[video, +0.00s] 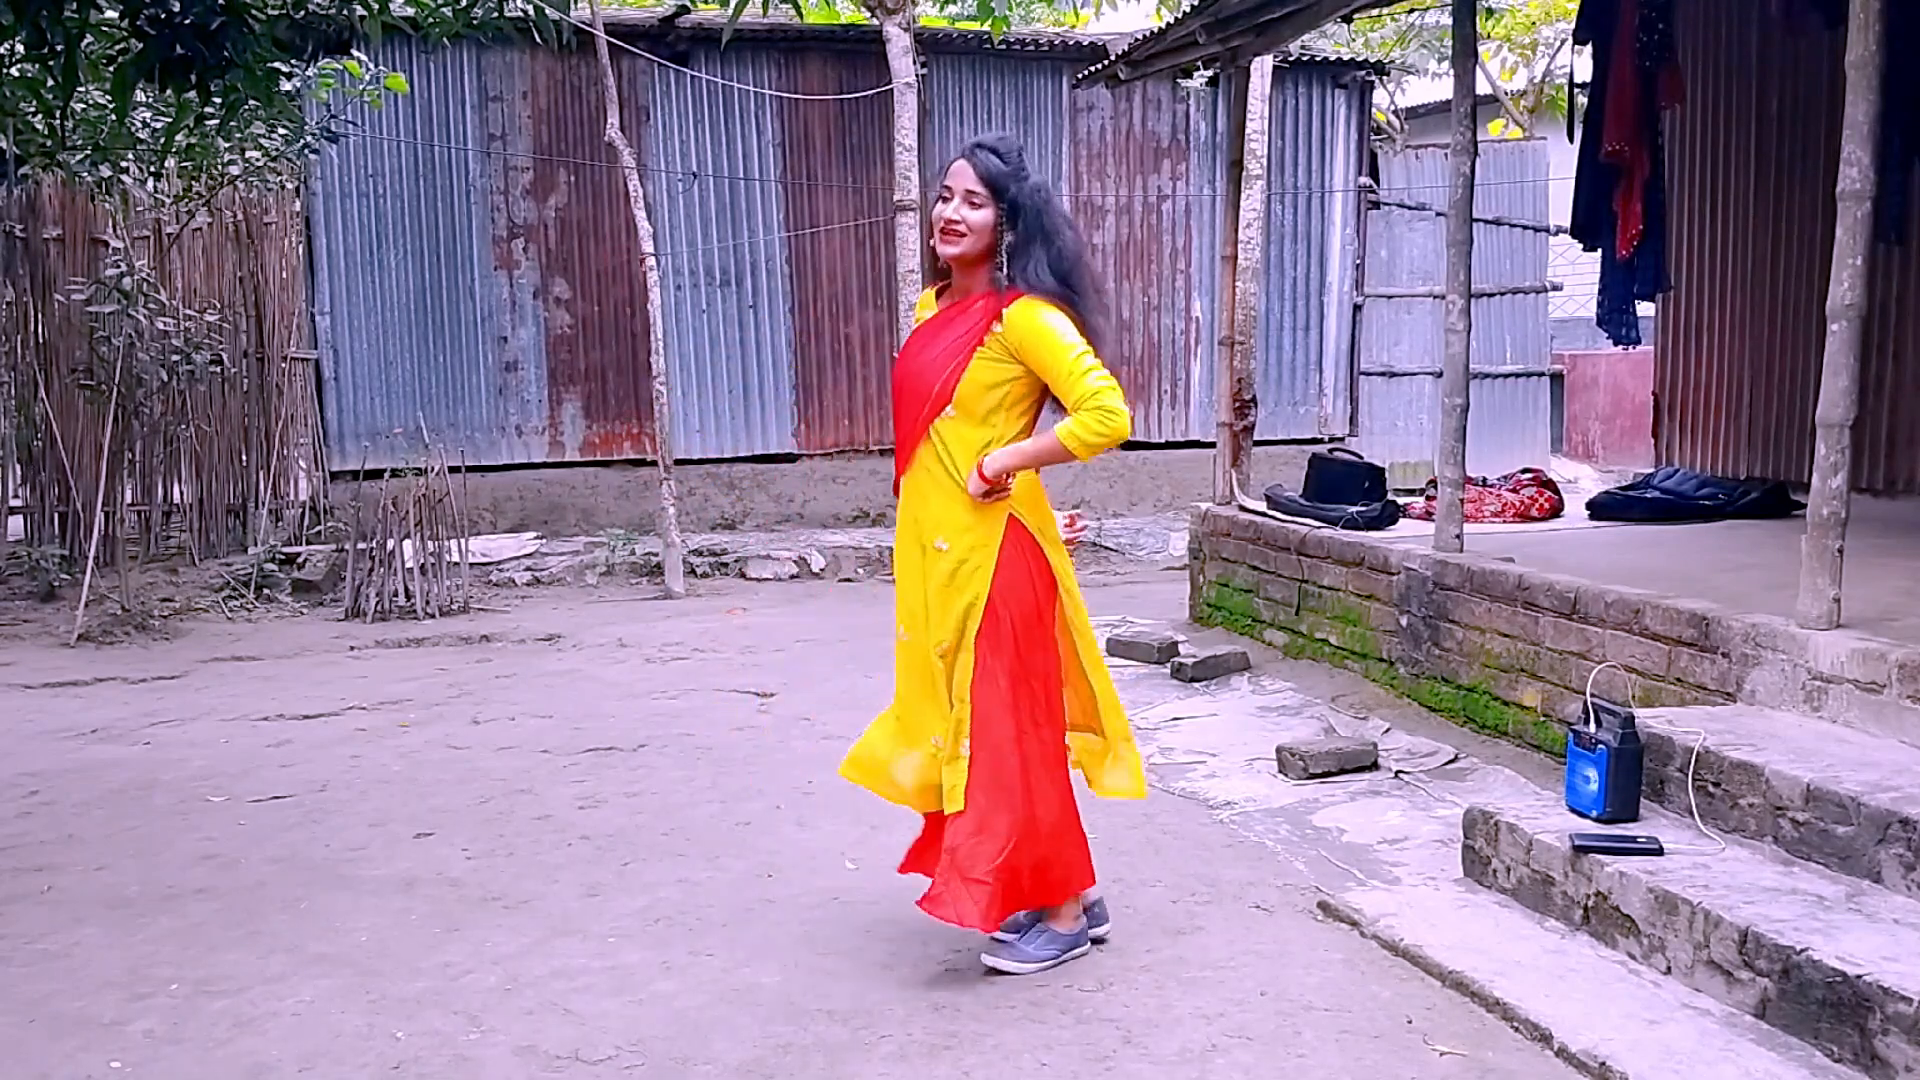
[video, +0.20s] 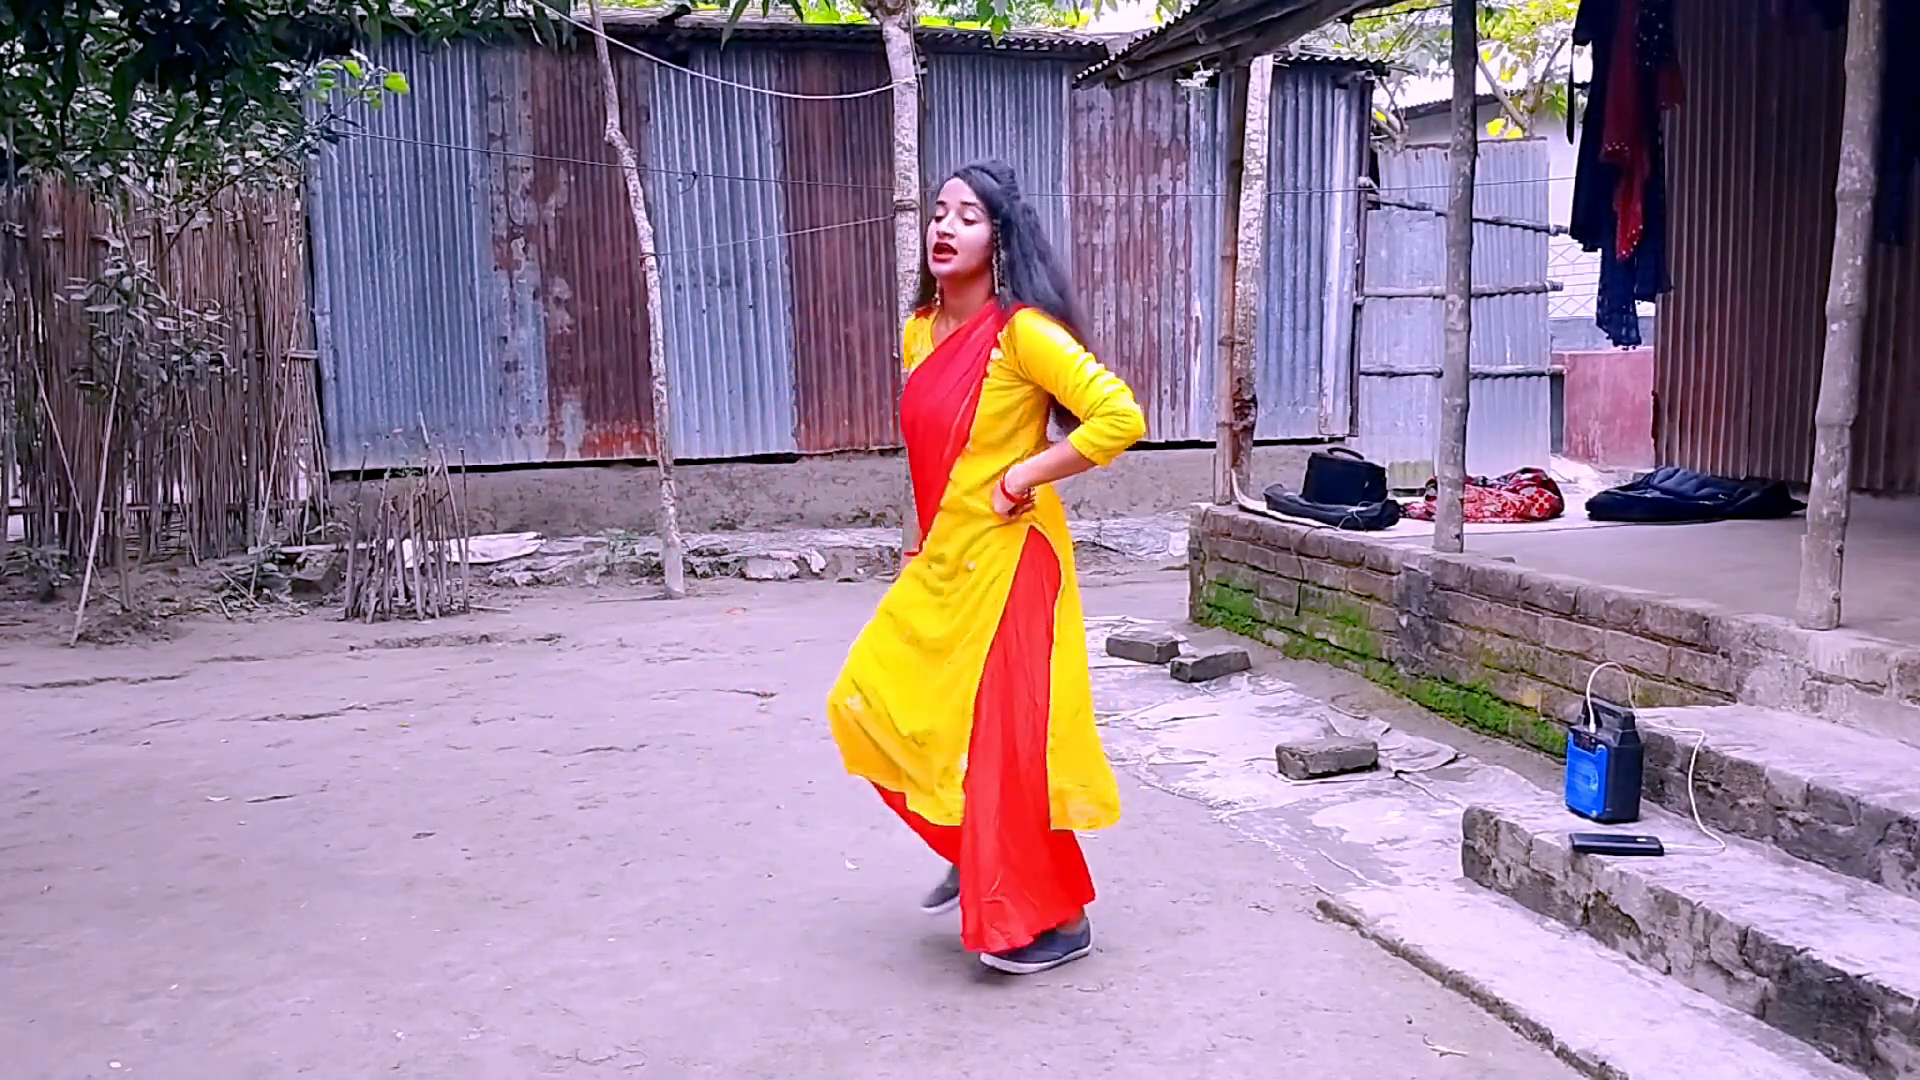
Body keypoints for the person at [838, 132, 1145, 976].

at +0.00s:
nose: (950, 211)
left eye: (972, 200)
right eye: (945, 196)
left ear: (1007, 220)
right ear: (933, 209)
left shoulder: (1025, 316)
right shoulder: (934, 310)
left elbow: (1106, 415)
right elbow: (958, 428)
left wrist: (1005, 461)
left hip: (999, 545)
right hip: (944, 543)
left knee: (1008, 722)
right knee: (988, 721)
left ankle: (1067, 907)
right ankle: (1057, 890)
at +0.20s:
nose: (944, 228)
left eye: (965, 216)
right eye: (939, 214)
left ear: (1001, 237)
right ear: (927, 230)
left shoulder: (1024, 332)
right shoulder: (920, 331)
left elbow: (1119, 419)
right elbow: (951, 439)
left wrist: (1026, 472)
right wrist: (935, 527)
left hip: (1012, 557)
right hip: (943, 559)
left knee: (1011, 733)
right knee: (863, 704)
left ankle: (1058, 915)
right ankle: (975, 843)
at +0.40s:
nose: (920, 204)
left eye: (939, 189)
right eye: (911, 192)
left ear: (977, 207)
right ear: (902, 211)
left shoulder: (1017, 296)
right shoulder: (883, 306)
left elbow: (1100, 392)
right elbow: (891, 423)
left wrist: (1017, 464)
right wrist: (869, 510)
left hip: (981, 536)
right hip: (894, 535)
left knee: (1009, 717)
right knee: (871, 692)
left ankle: (1044, 910)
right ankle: (867, 864)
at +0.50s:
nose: (905, 232)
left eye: (924, 218)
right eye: (896, 219)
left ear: (963, 235)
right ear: (888, 235)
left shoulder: (999, 333)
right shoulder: (850, 332)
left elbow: (1079, 427)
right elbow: (830, 437)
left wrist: (998, 496)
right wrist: (833, 520)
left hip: (963, 555)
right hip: (868, 555)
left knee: (996, 729)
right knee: (864, 715)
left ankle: (1038, 912)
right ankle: (860, 873)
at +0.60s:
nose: (888, 240)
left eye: (906, 226)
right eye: (879, 227)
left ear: (943, 243)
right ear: (870, 245)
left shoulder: (985, 345)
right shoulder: (835, 338)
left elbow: (1039, 457)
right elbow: (782, 448)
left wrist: (967, 502)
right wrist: (741, 556)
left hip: (953, 568)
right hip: (858, 567)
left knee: (965, 725)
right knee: (852, 729)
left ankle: (1029, 896)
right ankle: (851, 883)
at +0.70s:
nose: (886, 223)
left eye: (904, 209)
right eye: (877, 212)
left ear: (942, 225)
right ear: (868, 233)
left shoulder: (986, 325)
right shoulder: (842, 327)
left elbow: (1043, 437)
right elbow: (780, 415)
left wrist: (955, 485)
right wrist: (708, 486)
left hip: (944, 557)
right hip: (850, 554)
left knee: (955, 723)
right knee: (848, 717)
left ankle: (1049, 884)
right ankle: (860, 867)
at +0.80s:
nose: (891, 223)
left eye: (909, 207)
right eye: (881, 211)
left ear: (947, 223)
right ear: (874, 228)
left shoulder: (989, 315)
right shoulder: (868, 325)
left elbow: (1038, 427)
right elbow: (808, 409)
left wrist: (944, 482)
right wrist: (747, 412)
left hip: (944, 555)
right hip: (859, 551)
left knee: (958, 727)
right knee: (854, 708)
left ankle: (1060, 897)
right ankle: (861, 868)